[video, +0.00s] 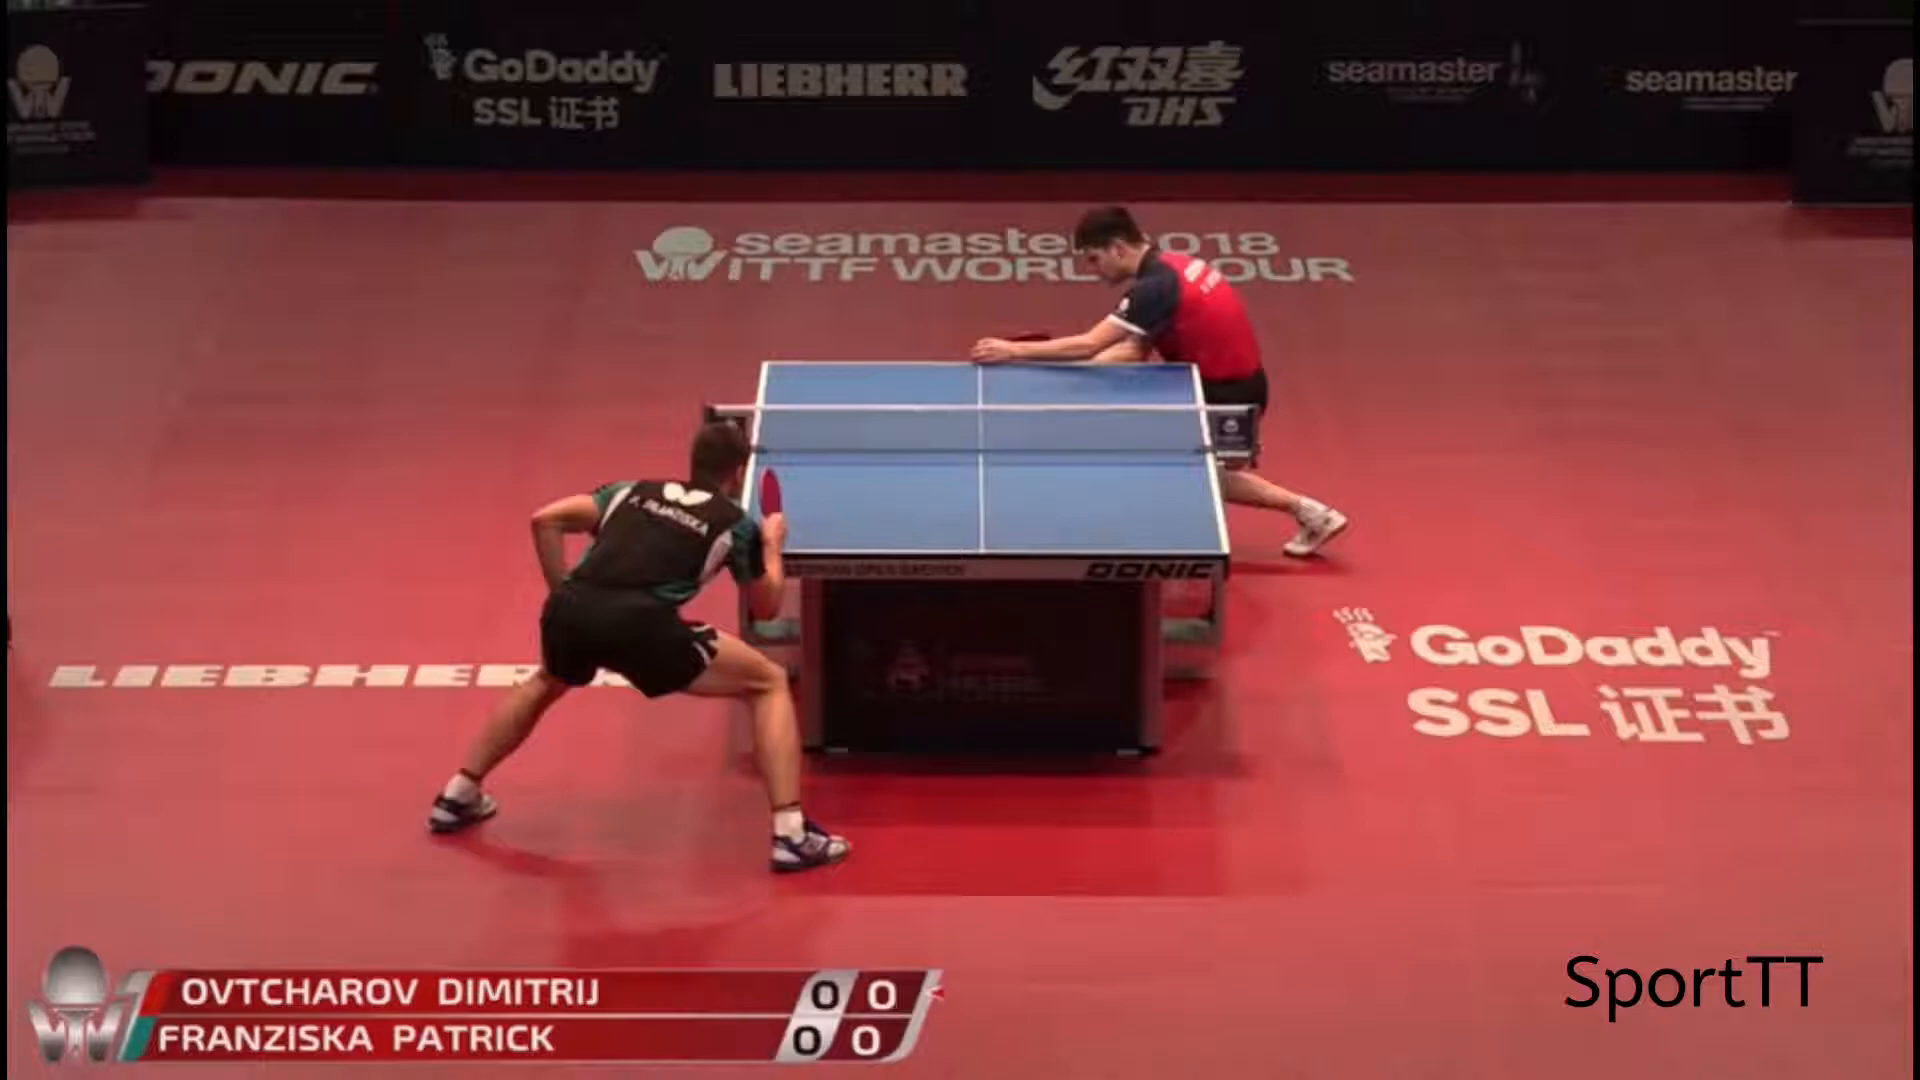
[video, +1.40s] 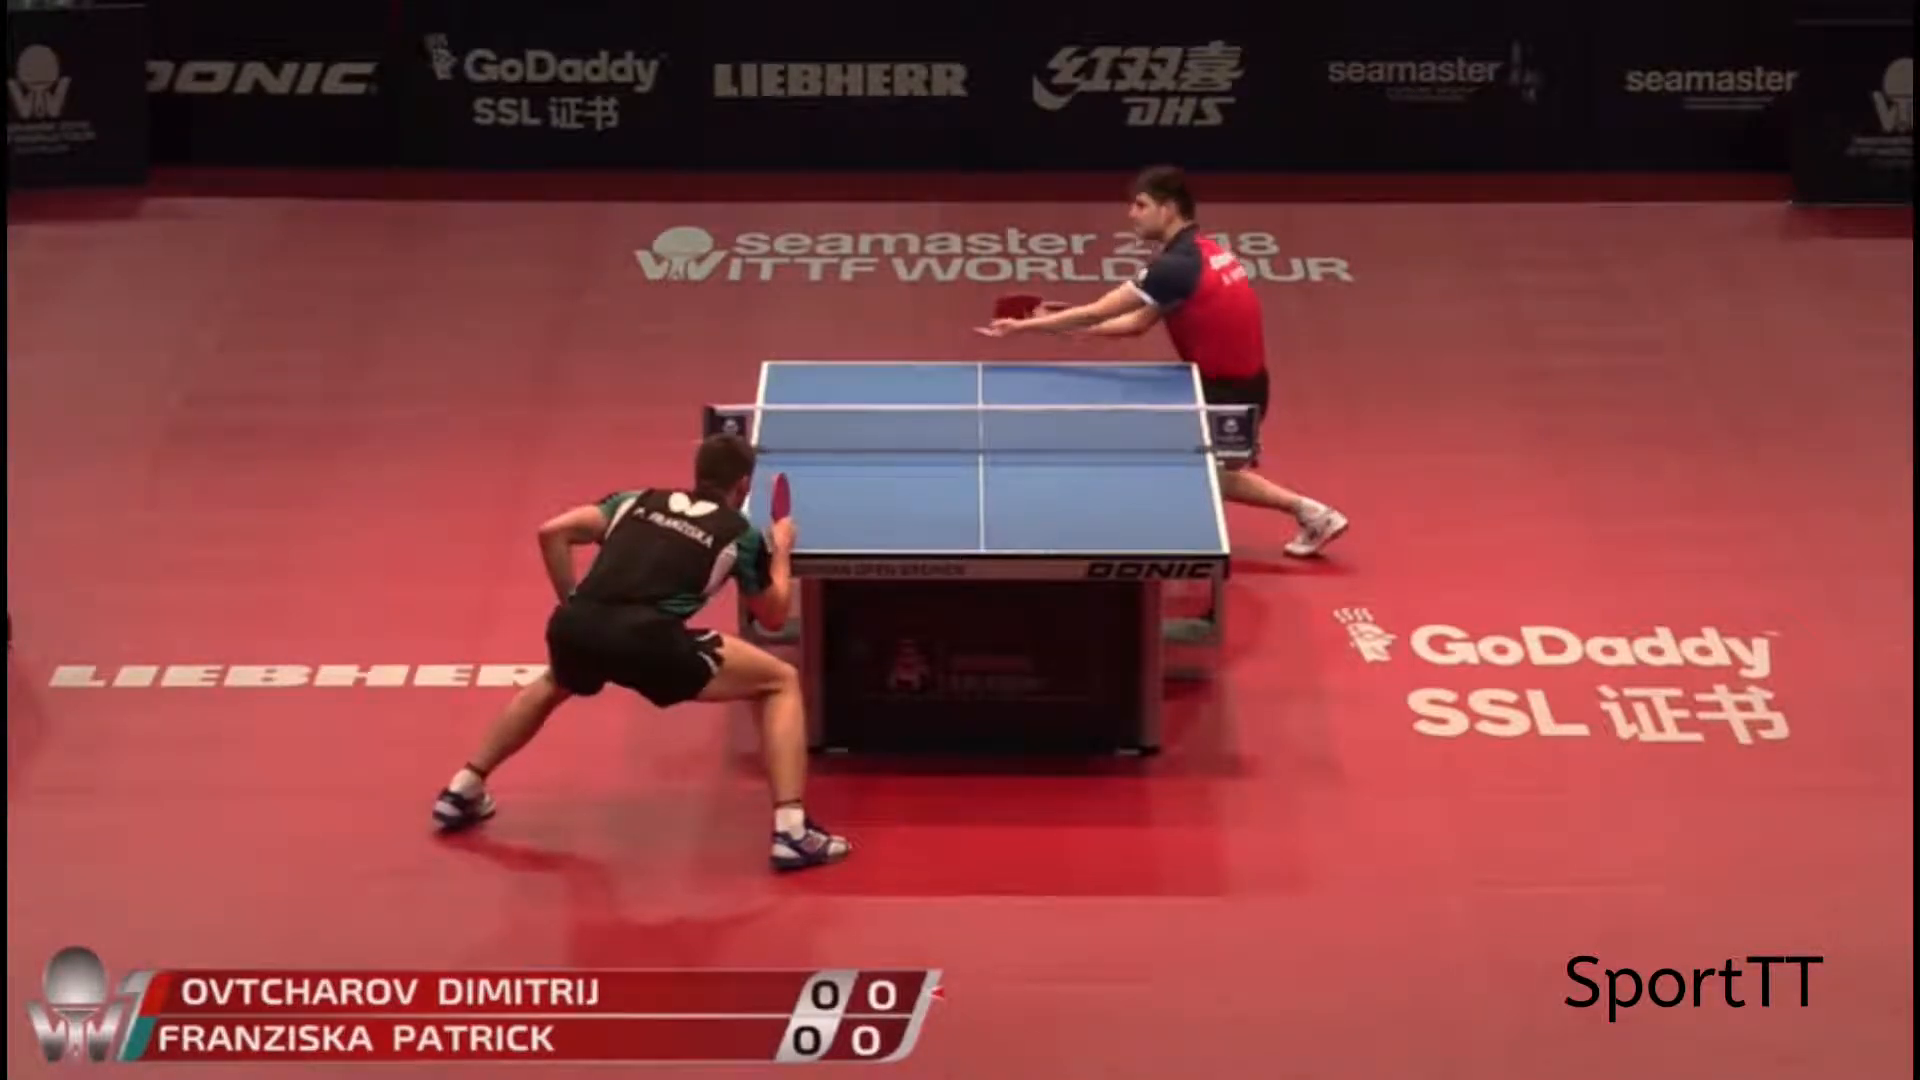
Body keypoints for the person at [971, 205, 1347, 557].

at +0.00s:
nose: (1093, 271)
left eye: (1093, 259)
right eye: (1089, 261)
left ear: (1118, 248)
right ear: (1127, 243)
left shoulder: (1157, 282)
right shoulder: (1168, 266)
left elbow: (1088, 345)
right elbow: (1136, 350)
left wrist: (1014, 351)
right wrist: (1075, 372)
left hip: (1231, 388)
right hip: (1218, 380)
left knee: (1215, 478)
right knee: (1209, 469)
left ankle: (1310, 512)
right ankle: (1308, 512)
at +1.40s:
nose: (1132, 216)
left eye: (1138, 207)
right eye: (1133, 207)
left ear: (1167, 208)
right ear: (1174, 210)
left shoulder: (1178, 262)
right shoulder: (1207, 249)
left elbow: (1098, 312)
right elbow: (1136, 323)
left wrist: (1023, 326)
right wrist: (1070, 322)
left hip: (1224, 390)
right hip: (1242, 383)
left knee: (1216, 477)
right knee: (1219, 475)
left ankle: (1311, 513)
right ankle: (1310, 515)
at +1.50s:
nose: (1145, 184)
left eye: (1154, 176)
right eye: (1147, 175)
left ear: (1180, 181)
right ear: (1182, 183)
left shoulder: (1188, 234)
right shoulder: (1210, 223)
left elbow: (1112, 276)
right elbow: (1139, 283)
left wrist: (1053, 278)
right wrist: (1070, 273)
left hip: (1223, 369)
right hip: (1238, 364)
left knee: (1230, 467)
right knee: (1232, 466)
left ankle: (1319, 516)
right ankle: (1318, 517)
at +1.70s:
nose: (1159, 139)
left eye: (1171, 131)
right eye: (1162, 131)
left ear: (1200, 142)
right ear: (1195, 143)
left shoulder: (1202, 183)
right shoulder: (1212, 189)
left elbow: (1121, 162)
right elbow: (1127, 205)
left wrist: (1063, 108)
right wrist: (1074, 151)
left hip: (1217, 337)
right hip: (1241, 336)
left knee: (1130, 410)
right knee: (1242, 445)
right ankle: (1325, 520)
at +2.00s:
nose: (1181, 110)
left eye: (1192, 103)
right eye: (1184, 101)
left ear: (1220, 117)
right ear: (1217, 120)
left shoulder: (1216, 161)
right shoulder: (1229, 165)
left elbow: (1136, 155)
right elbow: (1144, 192)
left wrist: (1068, 115)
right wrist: (1088, 137)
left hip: (1225, 315)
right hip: (1253, 315)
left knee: (1145, 406)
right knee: (1250, 430)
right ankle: (1330, 525)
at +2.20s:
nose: (1198, 101)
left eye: (1210, 94)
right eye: (1201, 93)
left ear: (1238, 109)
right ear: (1236, 113)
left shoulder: (1232, 155)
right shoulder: (1258, 162)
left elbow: (1155, 177)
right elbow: (1204, 243)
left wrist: (1085, 146)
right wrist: (1124, 240)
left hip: (1237, 307)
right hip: (1272, 307)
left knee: (1162, 403)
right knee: (1267, 425)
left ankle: (1162, 528)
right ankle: (1334, 530)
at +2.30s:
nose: (1204, 98)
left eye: (1216, 92)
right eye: (1208, 90)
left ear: (1244, 107)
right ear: (1242, 111)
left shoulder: (1237, 154)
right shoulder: (1268, 161)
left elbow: (1168, 183)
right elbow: (1242, 255)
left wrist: (1097, 159)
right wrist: (1168, 283)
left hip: (1241, 305)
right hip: (1279, 304)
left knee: (1172, 406)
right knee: (1274, 420)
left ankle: (1166, 530)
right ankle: (1334, 529)